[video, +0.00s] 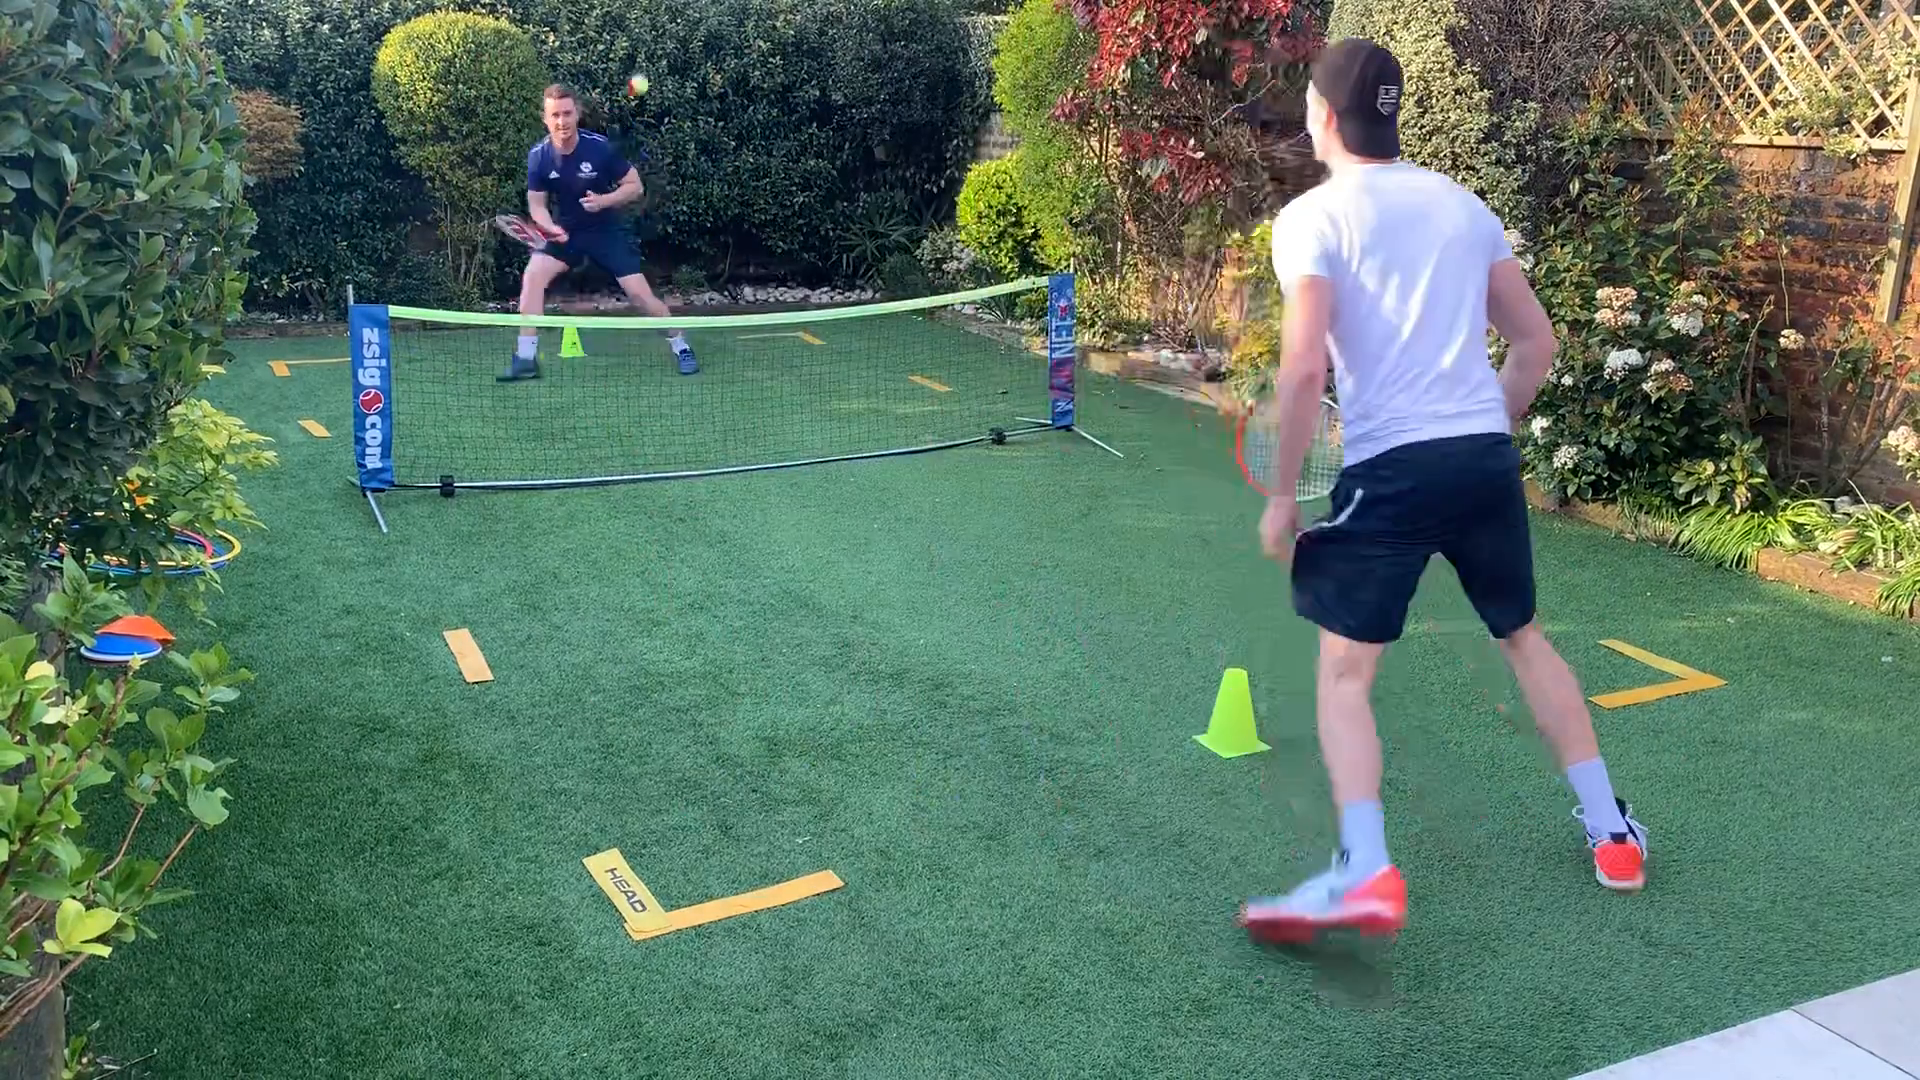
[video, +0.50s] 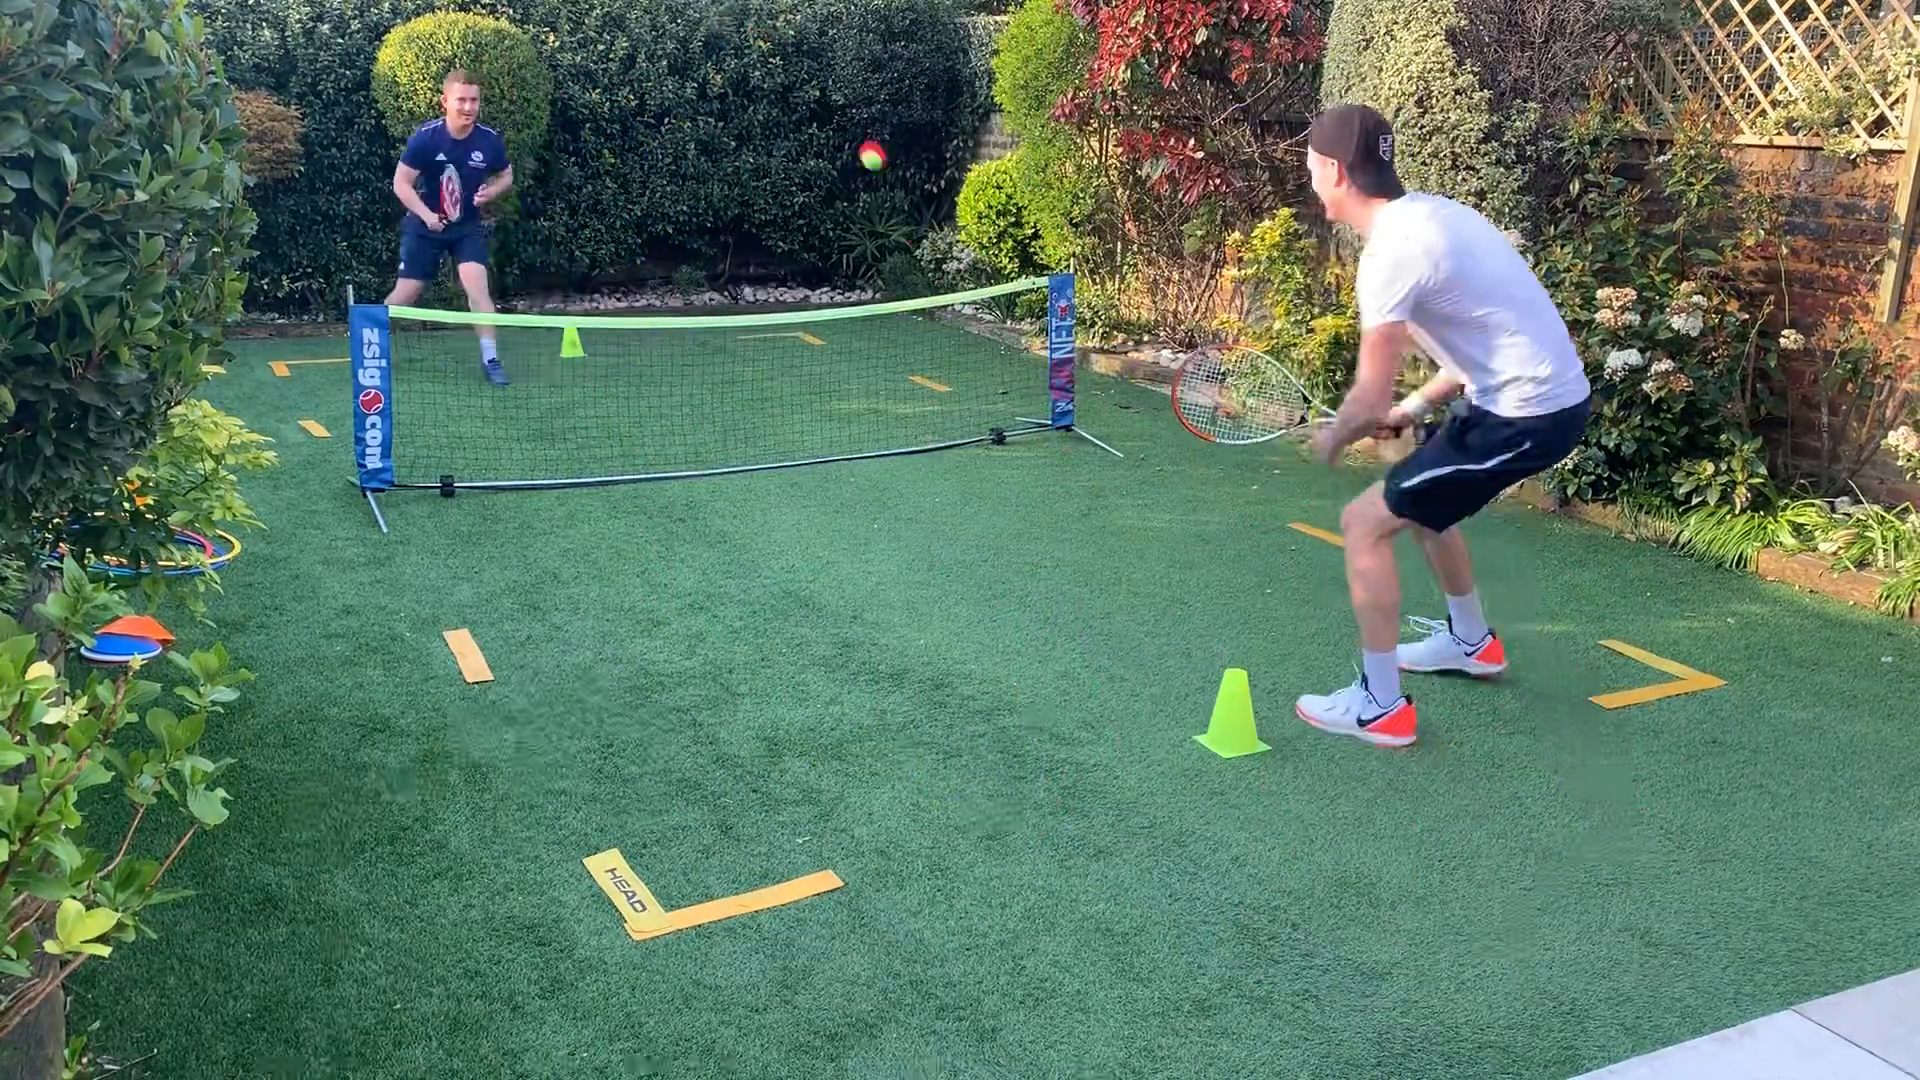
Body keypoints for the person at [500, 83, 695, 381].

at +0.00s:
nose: (561, 122)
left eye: (567, 114)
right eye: (554, 115)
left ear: (578, 115)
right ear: (545, 119)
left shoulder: (601, 149)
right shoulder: (538, 156)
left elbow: (634, 186)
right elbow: (536, 205)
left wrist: (604, 200)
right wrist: (549, 226)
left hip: (607, 231)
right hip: (566, 232)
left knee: (639, 294)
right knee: (532, 276)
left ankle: (681, 346)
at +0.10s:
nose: (539, 111)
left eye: (544, 104)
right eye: (532, 106)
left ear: (553, 106)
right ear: (520, 109)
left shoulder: (573, 143)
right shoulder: (508, 146)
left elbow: (602, 185)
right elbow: (498, 191)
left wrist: (573, 191)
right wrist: (511, 217)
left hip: (574, 232)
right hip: (530, 232)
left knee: (609, 289)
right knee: (513, 286)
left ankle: (661, 348)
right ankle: (516, 361)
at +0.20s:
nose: (520, 99)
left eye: (525, 92)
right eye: (513, 93)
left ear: (533, 95)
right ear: (499, 96)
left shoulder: (550, 134)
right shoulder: (482, 136)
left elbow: (579, 176)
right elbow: (468, 175)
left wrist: (550, 180)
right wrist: (480, 204)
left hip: (545, 223)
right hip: (502, 224)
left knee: (566, 277)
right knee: (494, 282)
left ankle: (583, 353)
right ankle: (509, 358)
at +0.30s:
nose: (502, 93)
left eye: (508, 86)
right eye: (495, 87)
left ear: (515, 89)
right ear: (481, 90)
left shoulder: (532, 128)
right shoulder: (462, 127)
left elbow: (562, 169)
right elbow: (445, 169)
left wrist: (530, 177)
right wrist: (459, 202)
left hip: (519, 217)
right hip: (474, 215)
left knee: (520, 279)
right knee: (462, 277)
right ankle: (470, 350)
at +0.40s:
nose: (485, 100)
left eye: (490, 93)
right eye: (477, 93)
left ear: (497, 96)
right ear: (461, 95)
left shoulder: (511, 135)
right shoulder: (444, 134)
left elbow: (539, 173)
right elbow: (421, 178)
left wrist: (516, 187)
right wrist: (438, 209)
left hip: (492, 224)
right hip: (449, 222)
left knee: (491, 283)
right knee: (426, 284)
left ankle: (492, 357)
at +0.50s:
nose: (468, 107)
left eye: (473, 100)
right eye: (461, 100)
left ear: (480, 103)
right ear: (445, 101)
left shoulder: (490, 141)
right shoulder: (425, 138)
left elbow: (505, 176)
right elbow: (401, 183)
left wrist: (492, 191)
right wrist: (425, 214)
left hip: (468, 227)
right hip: (424, 226)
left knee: (476, 281)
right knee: (408, 291)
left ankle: (491, 358)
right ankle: (371, 332)